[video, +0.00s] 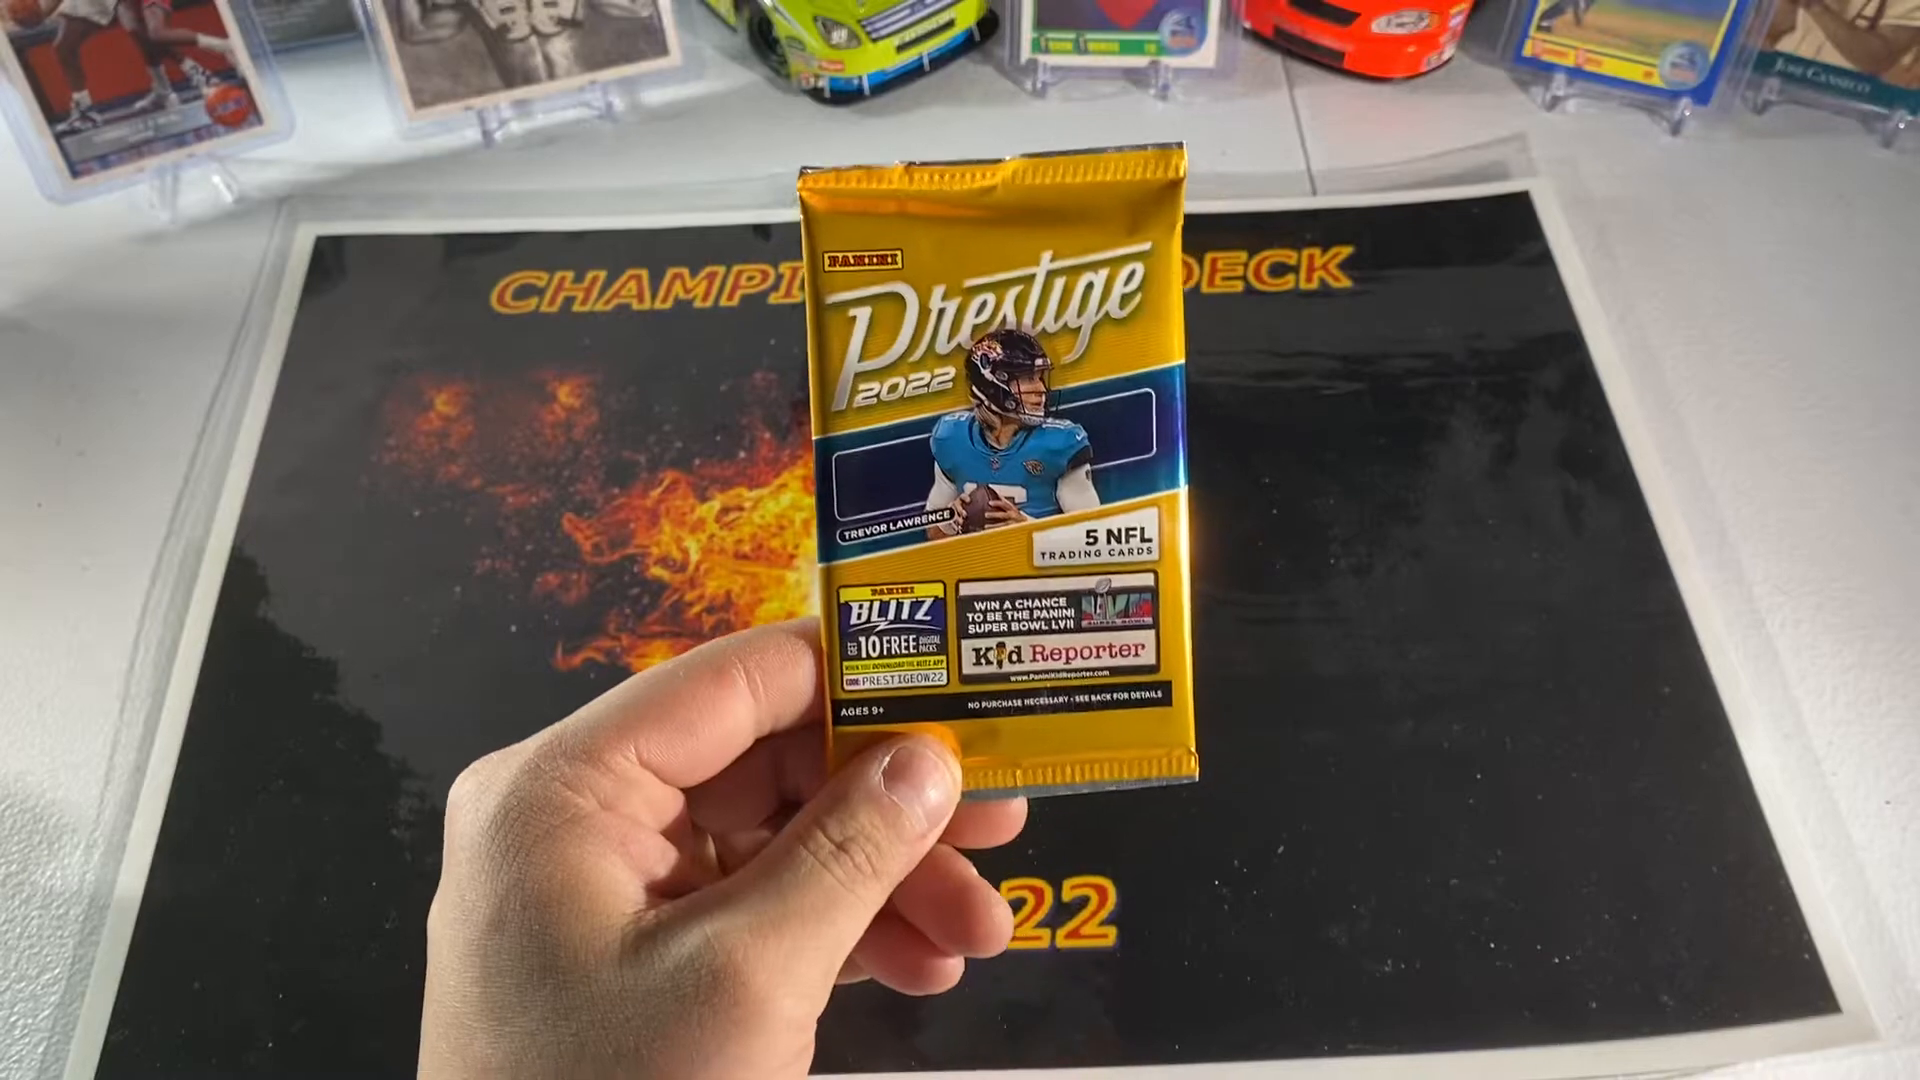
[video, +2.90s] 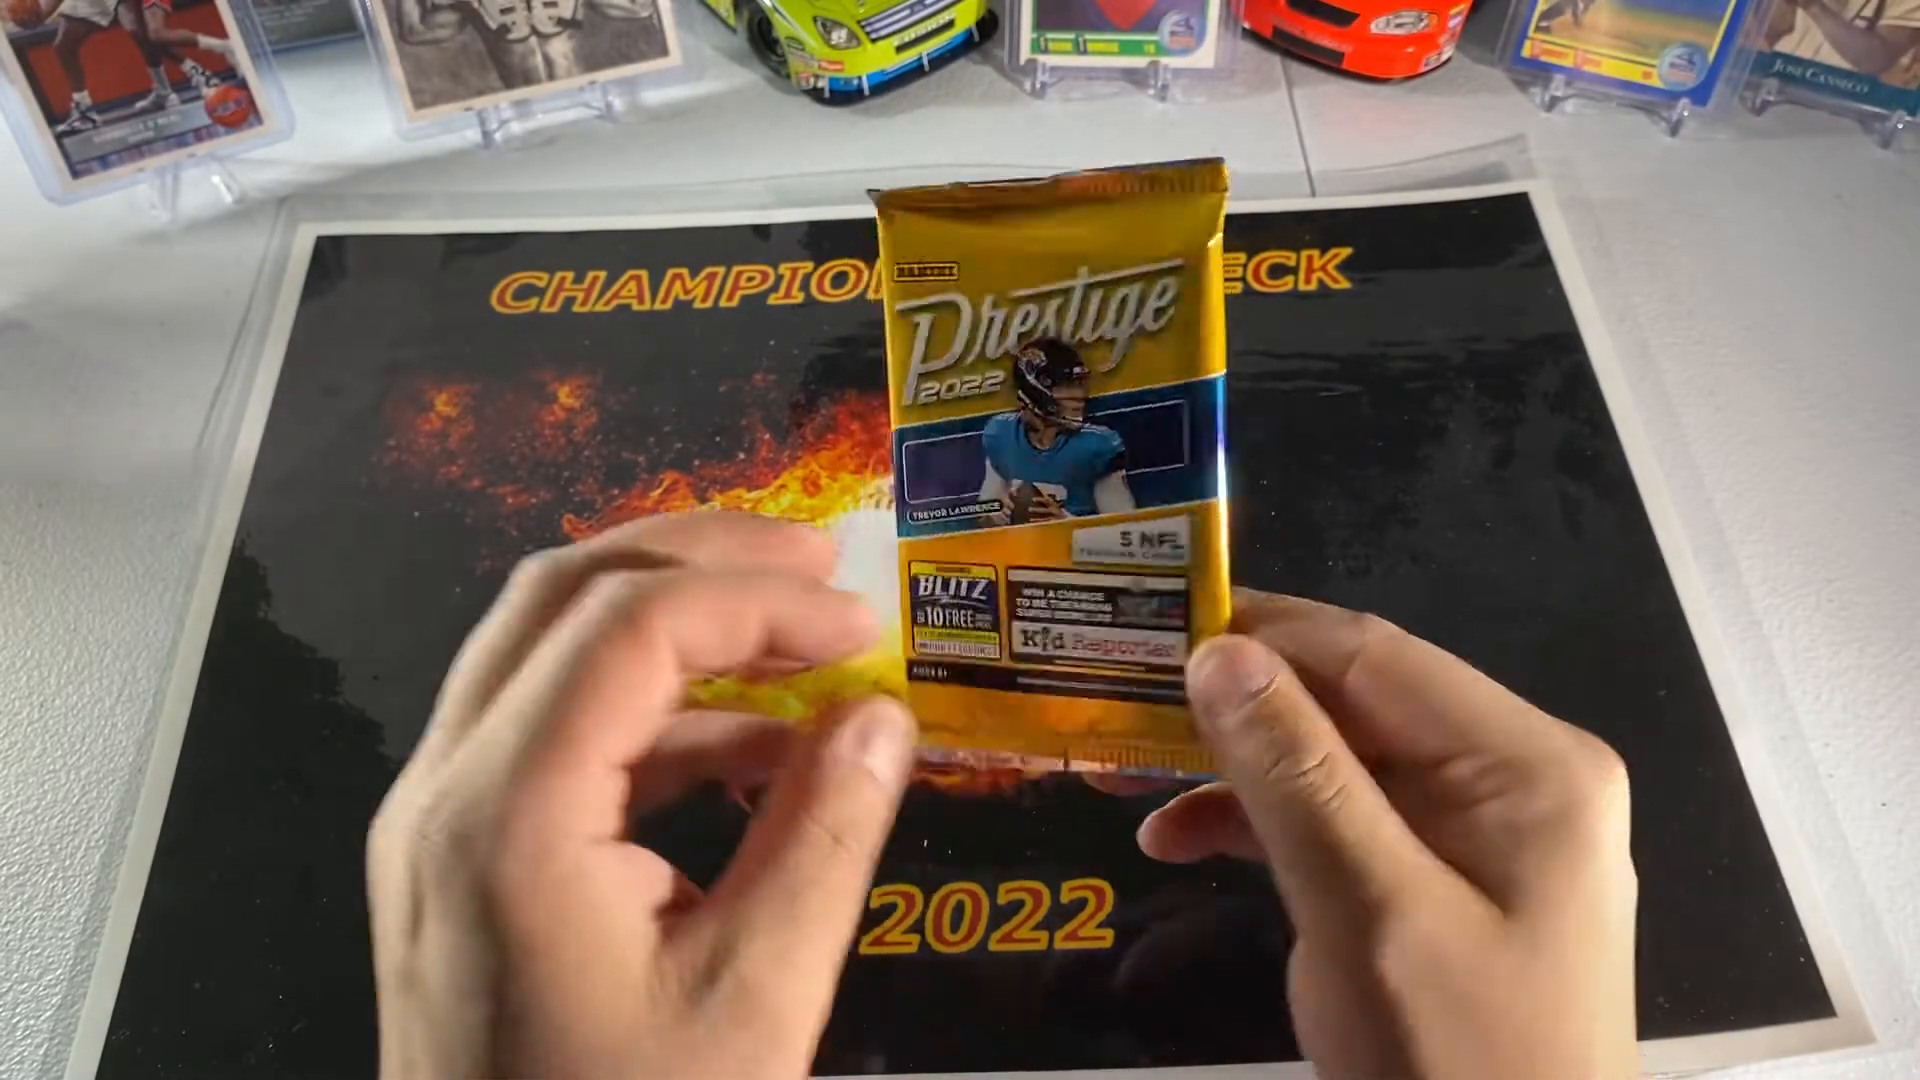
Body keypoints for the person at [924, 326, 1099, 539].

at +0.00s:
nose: (1040, 389)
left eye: (1040, 378)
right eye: (1025, 379)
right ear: (991, 385)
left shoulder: (1062, 442)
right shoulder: (950, 436)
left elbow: (1091, 531)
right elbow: (934, 530)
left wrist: (1029, 526)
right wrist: (954, 521)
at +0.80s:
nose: (1049, 403)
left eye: (1049, 392)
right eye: (1036, 392)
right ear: (1003, 397)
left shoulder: (1069, 454)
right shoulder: (961, 445)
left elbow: (1095, 539)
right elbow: (944, 537)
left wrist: (1035, 533)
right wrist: (964, 527)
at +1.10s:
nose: (1059, 419)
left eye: (1060, 409)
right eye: (1046, 409)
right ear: (1015, 414)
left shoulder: (1080, 468)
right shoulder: (975, 461)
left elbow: (1107, 553)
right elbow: (959, 551)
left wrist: (1049, 547)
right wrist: (979, 540)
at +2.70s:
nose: (1073, 413)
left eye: (1072, 403)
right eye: (1060, 405)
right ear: (1027, 412)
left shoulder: (1094, 463)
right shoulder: (987, 458)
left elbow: (1124, 546)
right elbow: (974, 549)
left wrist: (1065, 542)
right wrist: (992, 537)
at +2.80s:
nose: (1087, 402)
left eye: (1087, 390)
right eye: (1074, 392)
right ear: (1039, 398)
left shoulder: (1109, 451)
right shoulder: (1001, 445)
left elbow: (1134, 533)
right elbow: (987, 526)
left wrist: (1076, 528)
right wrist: (1005, 522)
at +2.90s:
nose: (1080, 396)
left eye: (1081, 384)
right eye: (1066, 386)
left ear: (1087, 384)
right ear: (1031, 395)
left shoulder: (1100, 446)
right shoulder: (999, 434)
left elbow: (1125, 528)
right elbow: (985, 512)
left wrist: (1069, 522)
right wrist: (1003, 514)